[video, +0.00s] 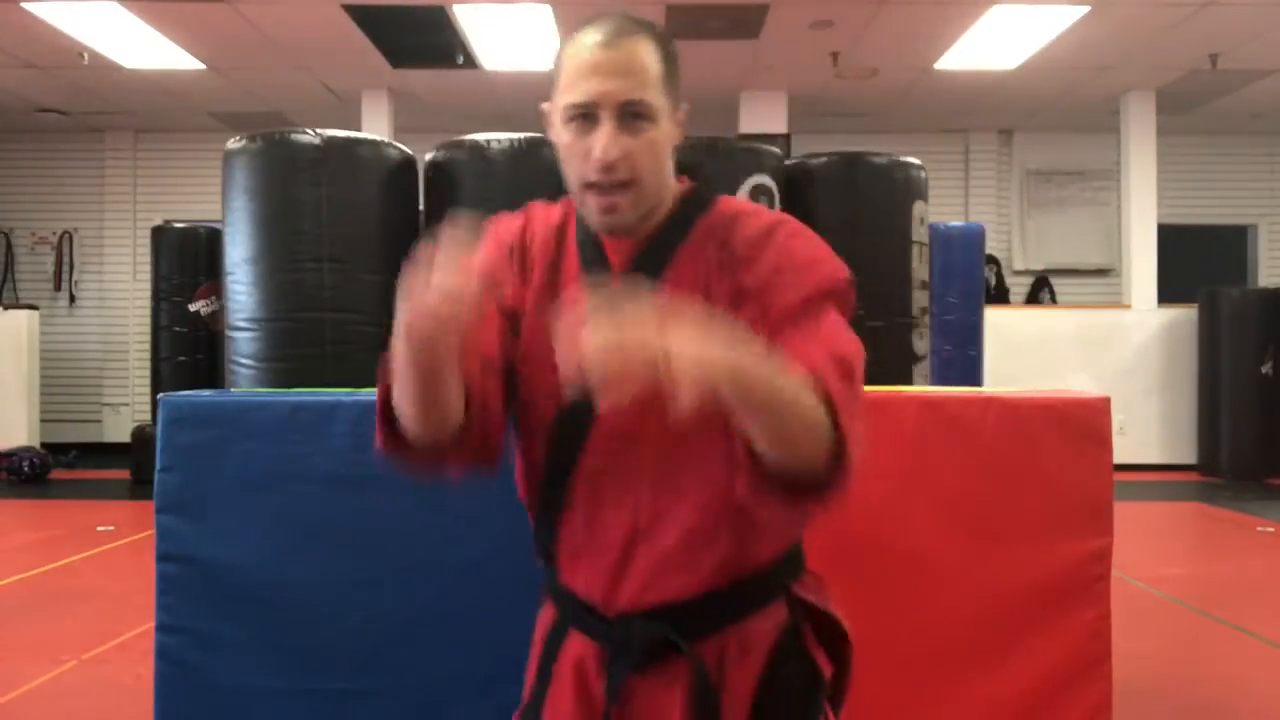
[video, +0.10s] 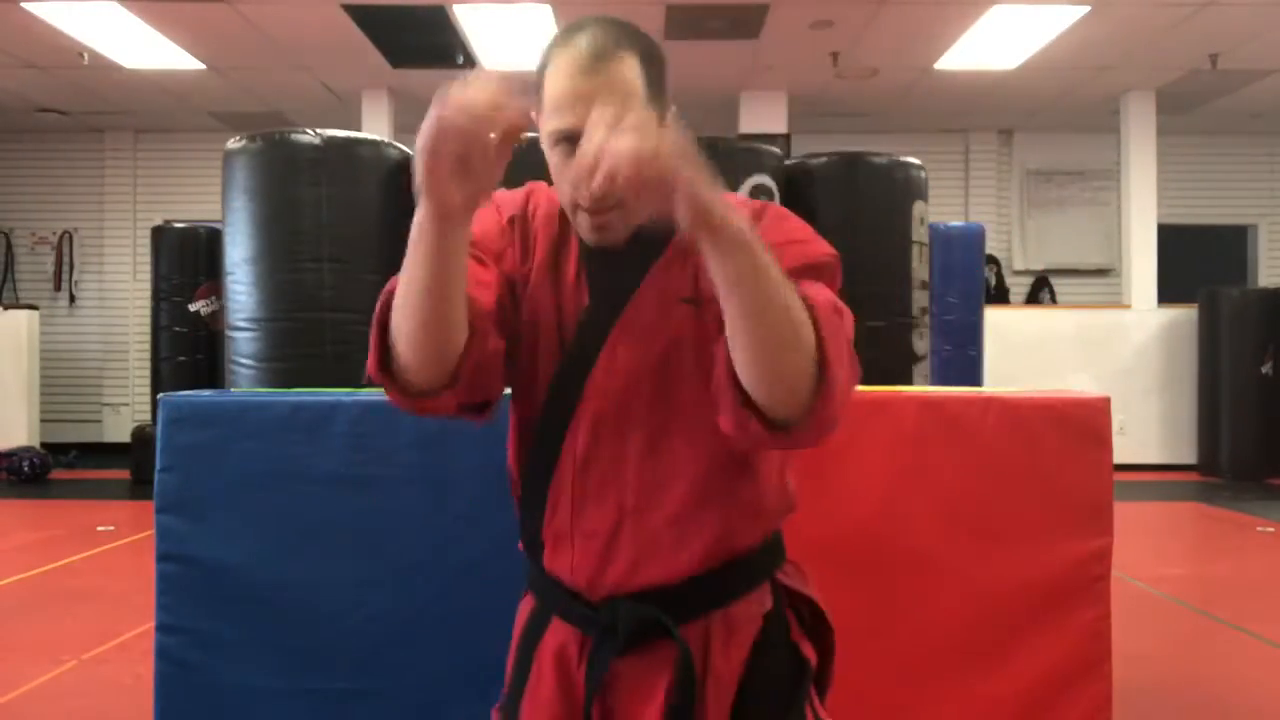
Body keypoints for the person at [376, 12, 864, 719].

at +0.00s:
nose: (606, 150)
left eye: (635, 118)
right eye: (583, 119)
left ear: (677, 124)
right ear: (550, 126)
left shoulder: (769, 253)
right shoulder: (517, 250)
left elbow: (819, 454)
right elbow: (440, 440)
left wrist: (713, 353)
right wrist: (426, 346)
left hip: (739, 655)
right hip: (581, 649)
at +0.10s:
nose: (592, 173)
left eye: (616, 135)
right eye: (567, 140)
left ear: (665, 125)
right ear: (540, 140)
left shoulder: (758, 239)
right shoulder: (517, 230)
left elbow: (799, 411)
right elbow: (424, 380)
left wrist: (710, 219)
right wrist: (441, 214)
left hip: (723, 643)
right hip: (563, 641)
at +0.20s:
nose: (601, 195)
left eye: (629, 160)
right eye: (578, 162)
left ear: (676, 153)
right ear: (548, 151)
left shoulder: (759, 244)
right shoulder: (523, 227)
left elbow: (789, 417)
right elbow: (449, 383)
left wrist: (736, 198)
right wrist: (469, 191)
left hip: (717, 645)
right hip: (558, 640)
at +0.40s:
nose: (651, 191)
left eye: (678, 158)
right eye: (624, 159)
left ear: (714, 144)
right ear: (583, 145)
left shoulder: (791, 261)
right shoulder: (527, 256)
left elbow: (858, 490)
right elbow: (495, 442)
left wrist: (834, 294)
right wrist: (529, 271)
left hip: (762, 668)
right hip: (595, 665)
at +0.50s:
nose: (689, 182)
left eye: (716, 146)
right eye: (661, 148)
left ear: (755, 137)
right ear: (621, 142)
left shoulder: (838, 258)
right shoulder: (573, 254)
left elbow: (904, 502)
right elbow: (537, 460)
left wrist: (876, 295)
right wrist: (564, 305)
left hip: (804, 678)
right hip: (628, 677)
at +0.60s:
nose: (731, 173)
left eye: (761, 133)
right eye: (702, 135)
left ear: (800, 129)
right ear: (660, 130)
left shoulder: (880, 252)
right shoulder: (607, 238)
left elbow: (935, 524)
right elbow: (576, 479)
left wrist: (910, 315)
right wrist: (592, 350)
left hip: (832, 679)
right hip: (652, 675)